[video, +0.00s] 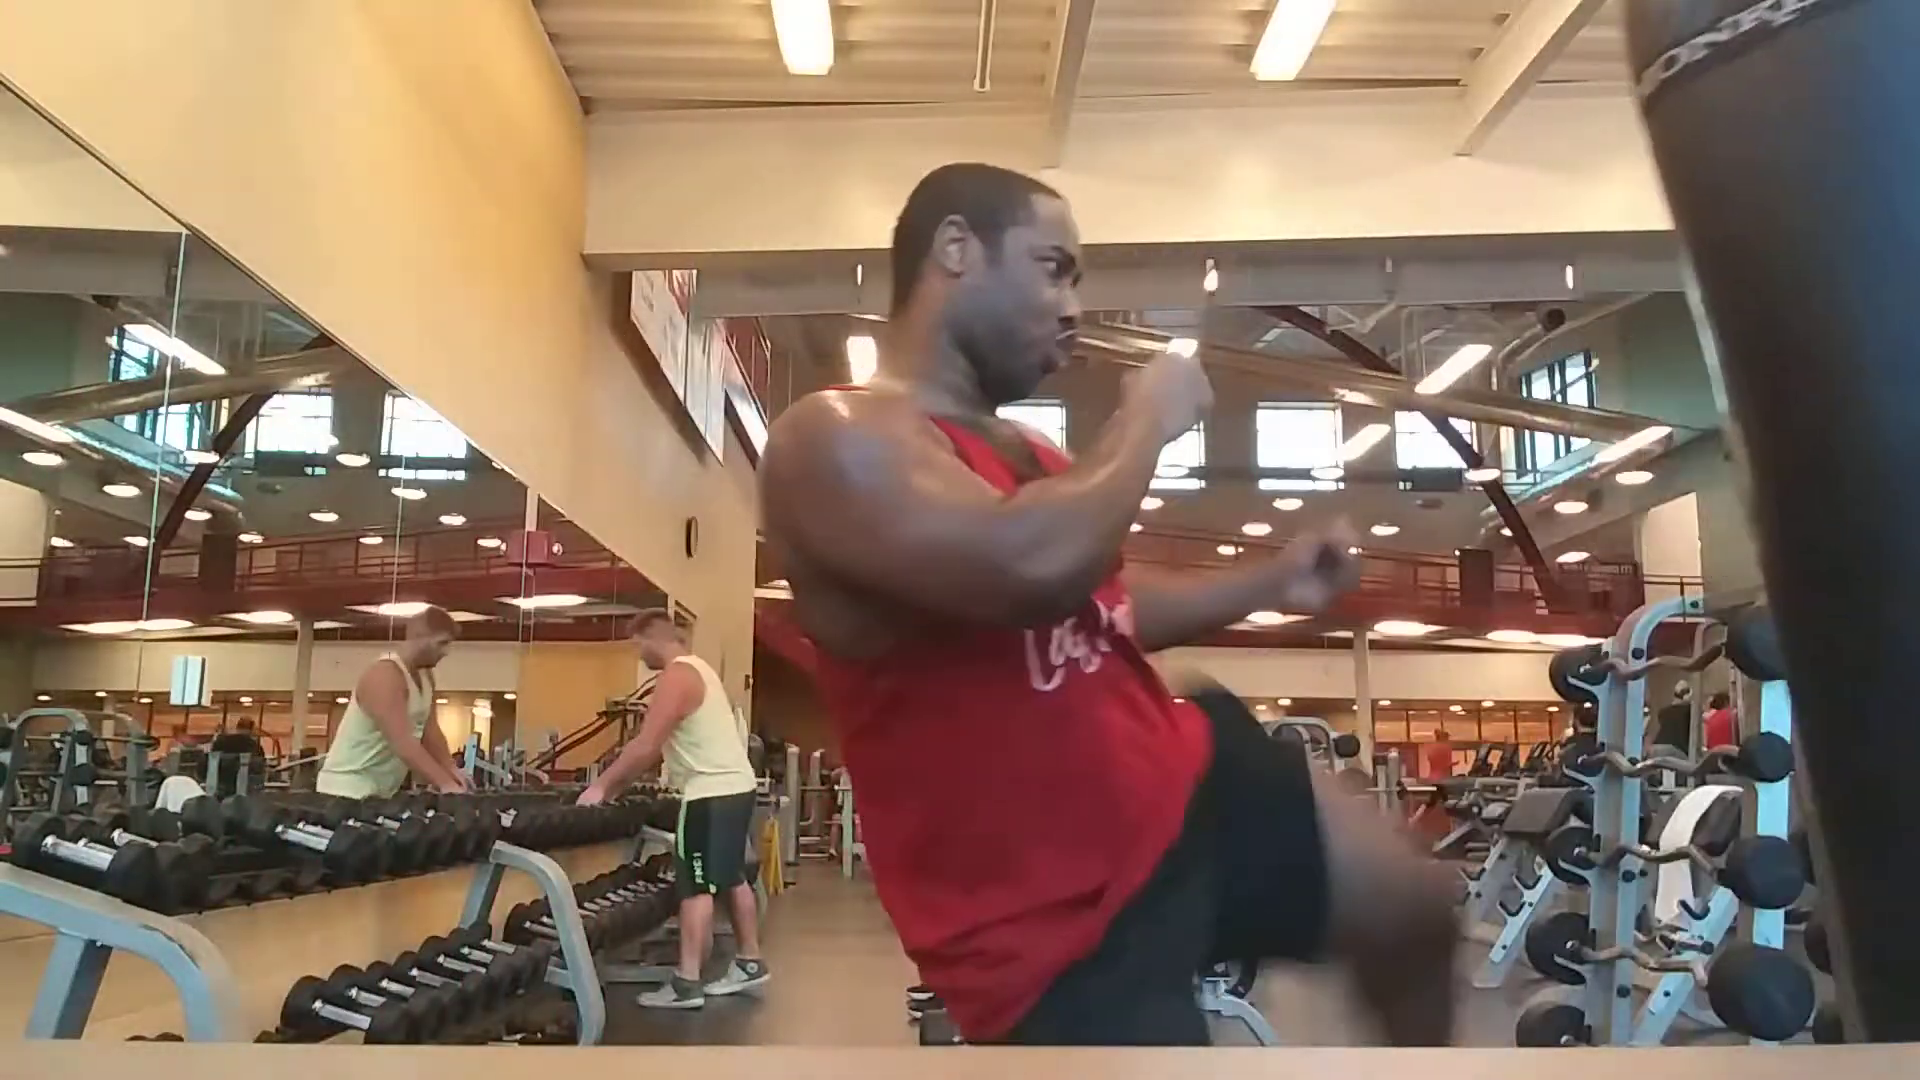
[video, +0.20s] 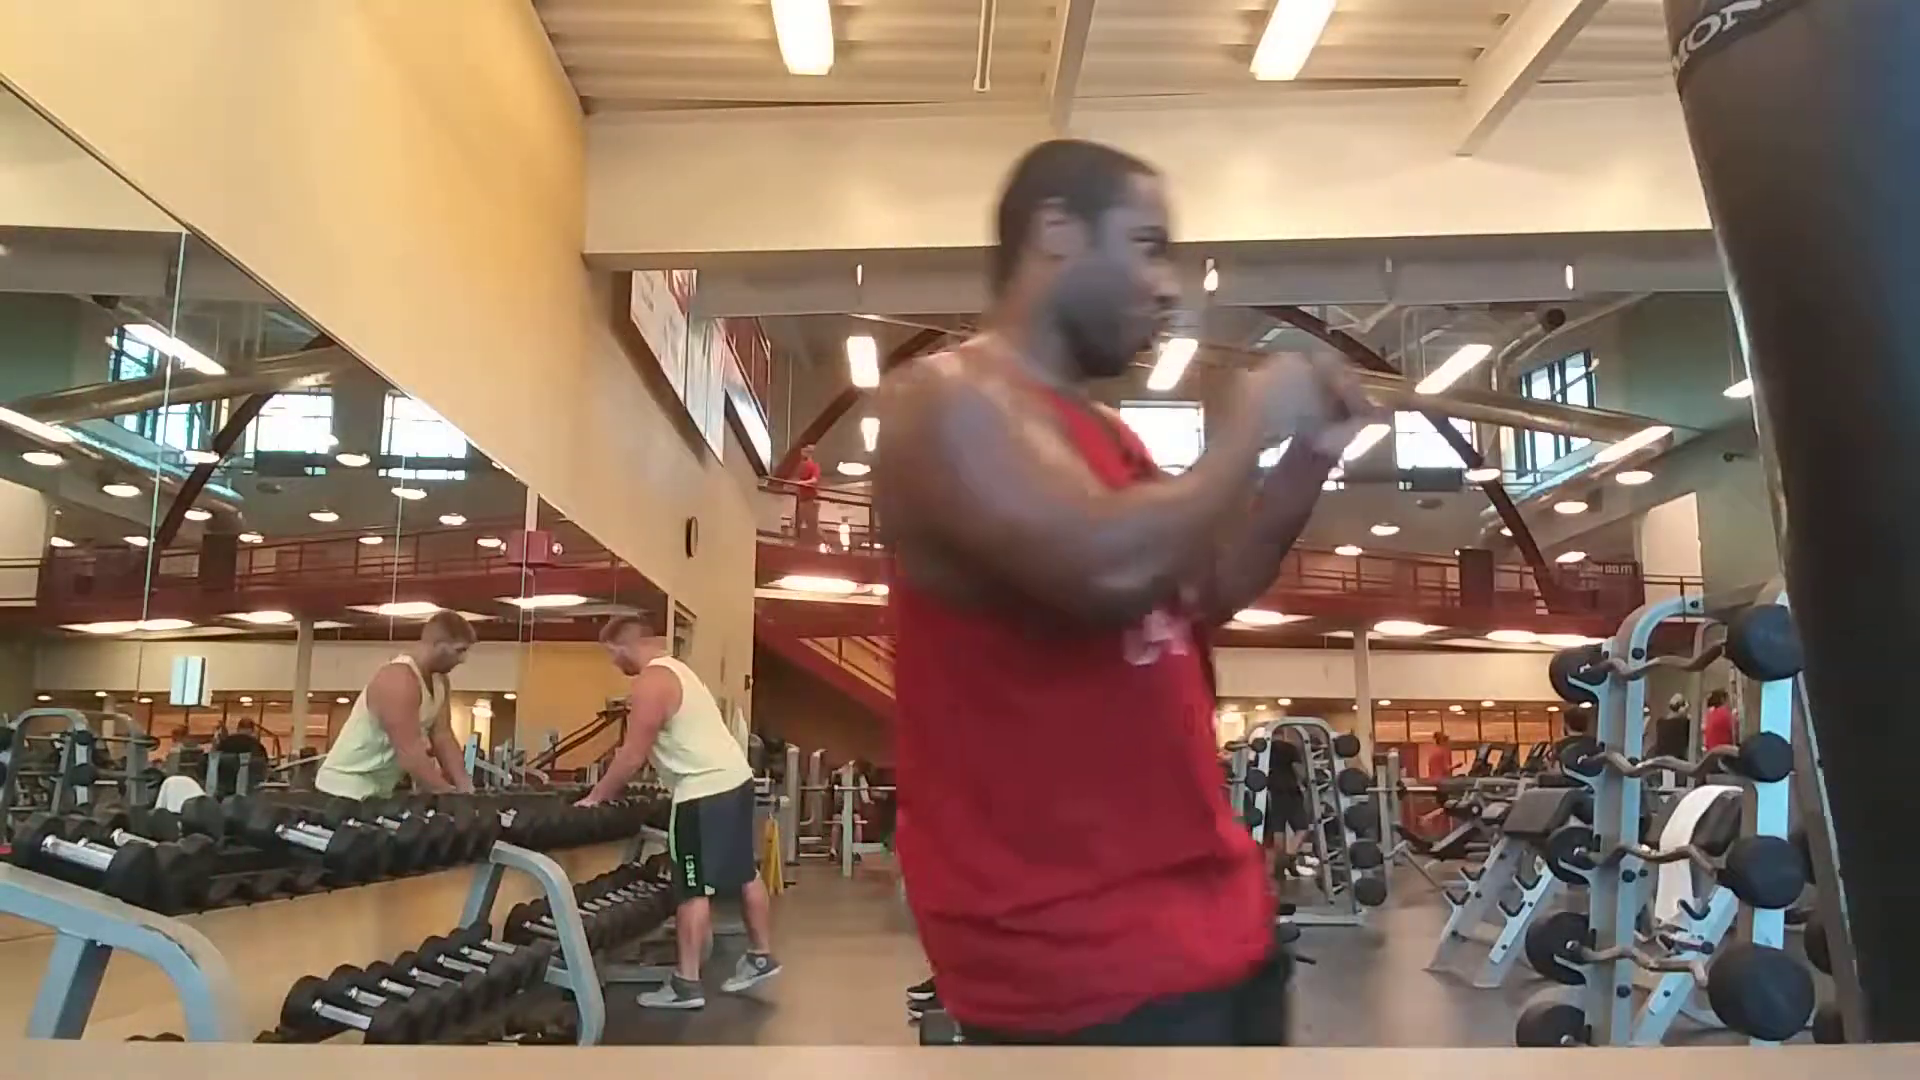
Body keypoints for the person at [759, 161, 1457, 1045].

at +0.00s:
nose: (1074, 307)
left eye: (1074, 280)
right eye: (1054, 269)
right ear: (955, 256)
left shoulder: (1017, 447)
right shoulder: (833, 437)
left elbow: (1096, 613)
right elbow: (1027, 564)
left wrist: (1266, 581)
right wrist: (1148, 416)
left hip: (1182, 790)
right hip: (1061, 937)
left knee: (1415, 905)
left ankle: (1417, 1058)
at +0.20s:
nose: (1171, 288)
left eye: (1170, 258)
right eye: (1150, 249)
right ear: (1054, 235)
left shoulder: (1099, 430)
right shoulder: (946, 399)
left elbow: (1210, 587)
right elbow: (1101, 569)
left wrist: (1311, 456)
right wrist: (1248, 427)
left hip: (1202, 930)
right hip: (1083, 958)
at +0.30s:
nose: (1216, 309)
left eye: (1215, 281)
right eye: (1199, 272)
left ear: (1115, 265)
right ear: (1108, 257)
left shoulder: (1137, 456)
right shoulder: (1007, 404)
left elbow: (1240, 621)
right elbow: (1139, 591)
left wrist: (1318, 479)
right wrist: (1321, 488)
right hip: (1084, 963)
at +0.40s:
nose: (1247, 354)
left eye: (1247, 324)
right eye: (1229, 315)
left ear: (1145, 313)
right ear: (1138, 306)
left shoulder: (1135, 484)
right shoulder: (1037, 440)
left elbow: (1236, 645)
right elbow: (1162, 623)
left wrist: (1314, 517)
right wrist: (1348, 528)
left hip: (1194, 948)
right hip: (1079, 964)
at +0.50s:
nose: (1227, 381)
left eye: (1227, 350)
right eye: (1210, 341)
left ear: (1131, 336)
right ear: (1124, 330)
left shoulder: (1109, 488)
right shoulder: (1030, 456)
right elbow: (1184, 606)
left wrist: (1342, 513)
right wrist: (1379, 515)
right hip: (1062, 990)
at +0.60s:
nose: (1192, 358)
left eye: (1193, 330)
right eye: (1175, 321)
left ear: (1086, 319)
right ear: (1087, 311)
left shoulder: (1074, 450)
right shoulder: (1011, 427)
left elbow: (1219, 576)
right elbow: (1200, 554)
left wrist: (1347, 491)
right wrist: (1433, 481)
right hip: (996, 968)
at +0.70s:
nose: (1163, 312)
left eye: (1160, 282)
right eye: (1144, 275)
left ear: (1047, 268)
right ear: (1052, 263)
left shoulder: (968, 387)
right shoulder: (982, 373)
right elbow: (1203, 502)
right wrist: (1466, 476)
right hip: (931, 946)